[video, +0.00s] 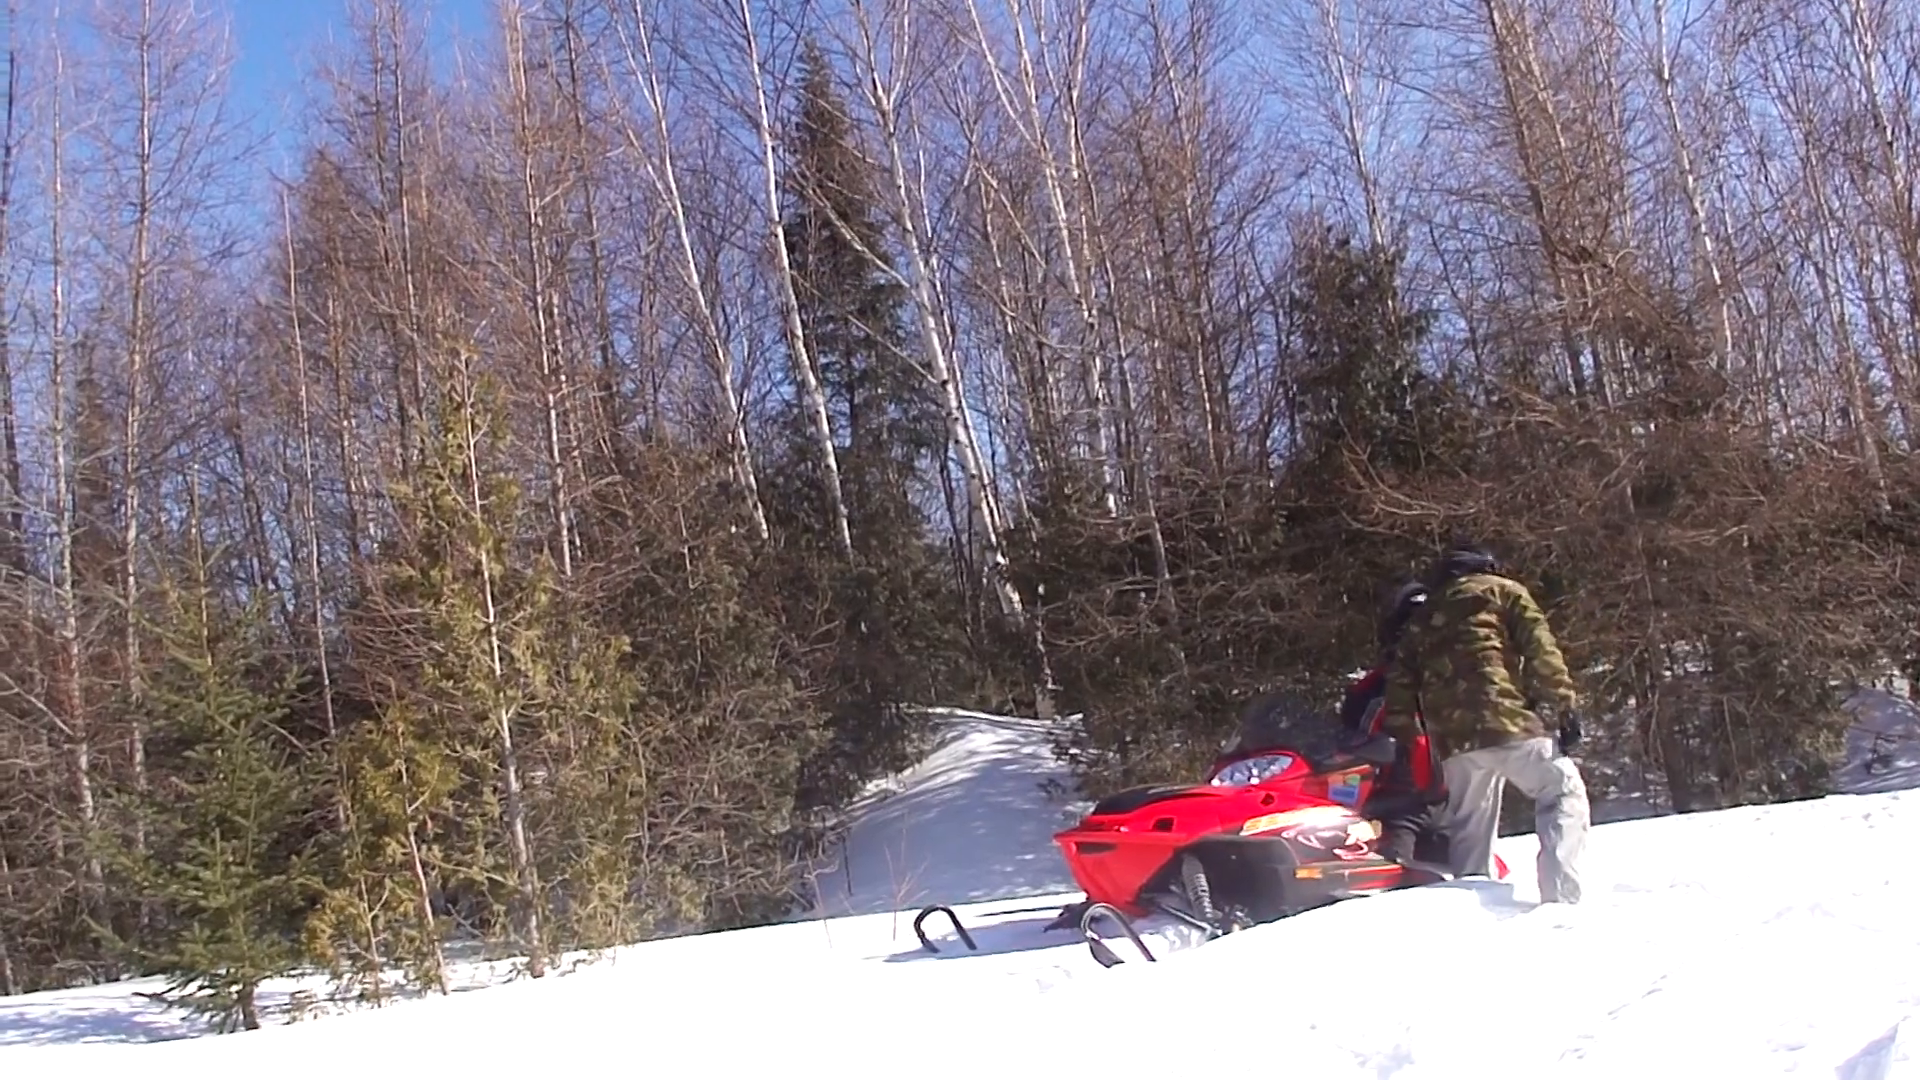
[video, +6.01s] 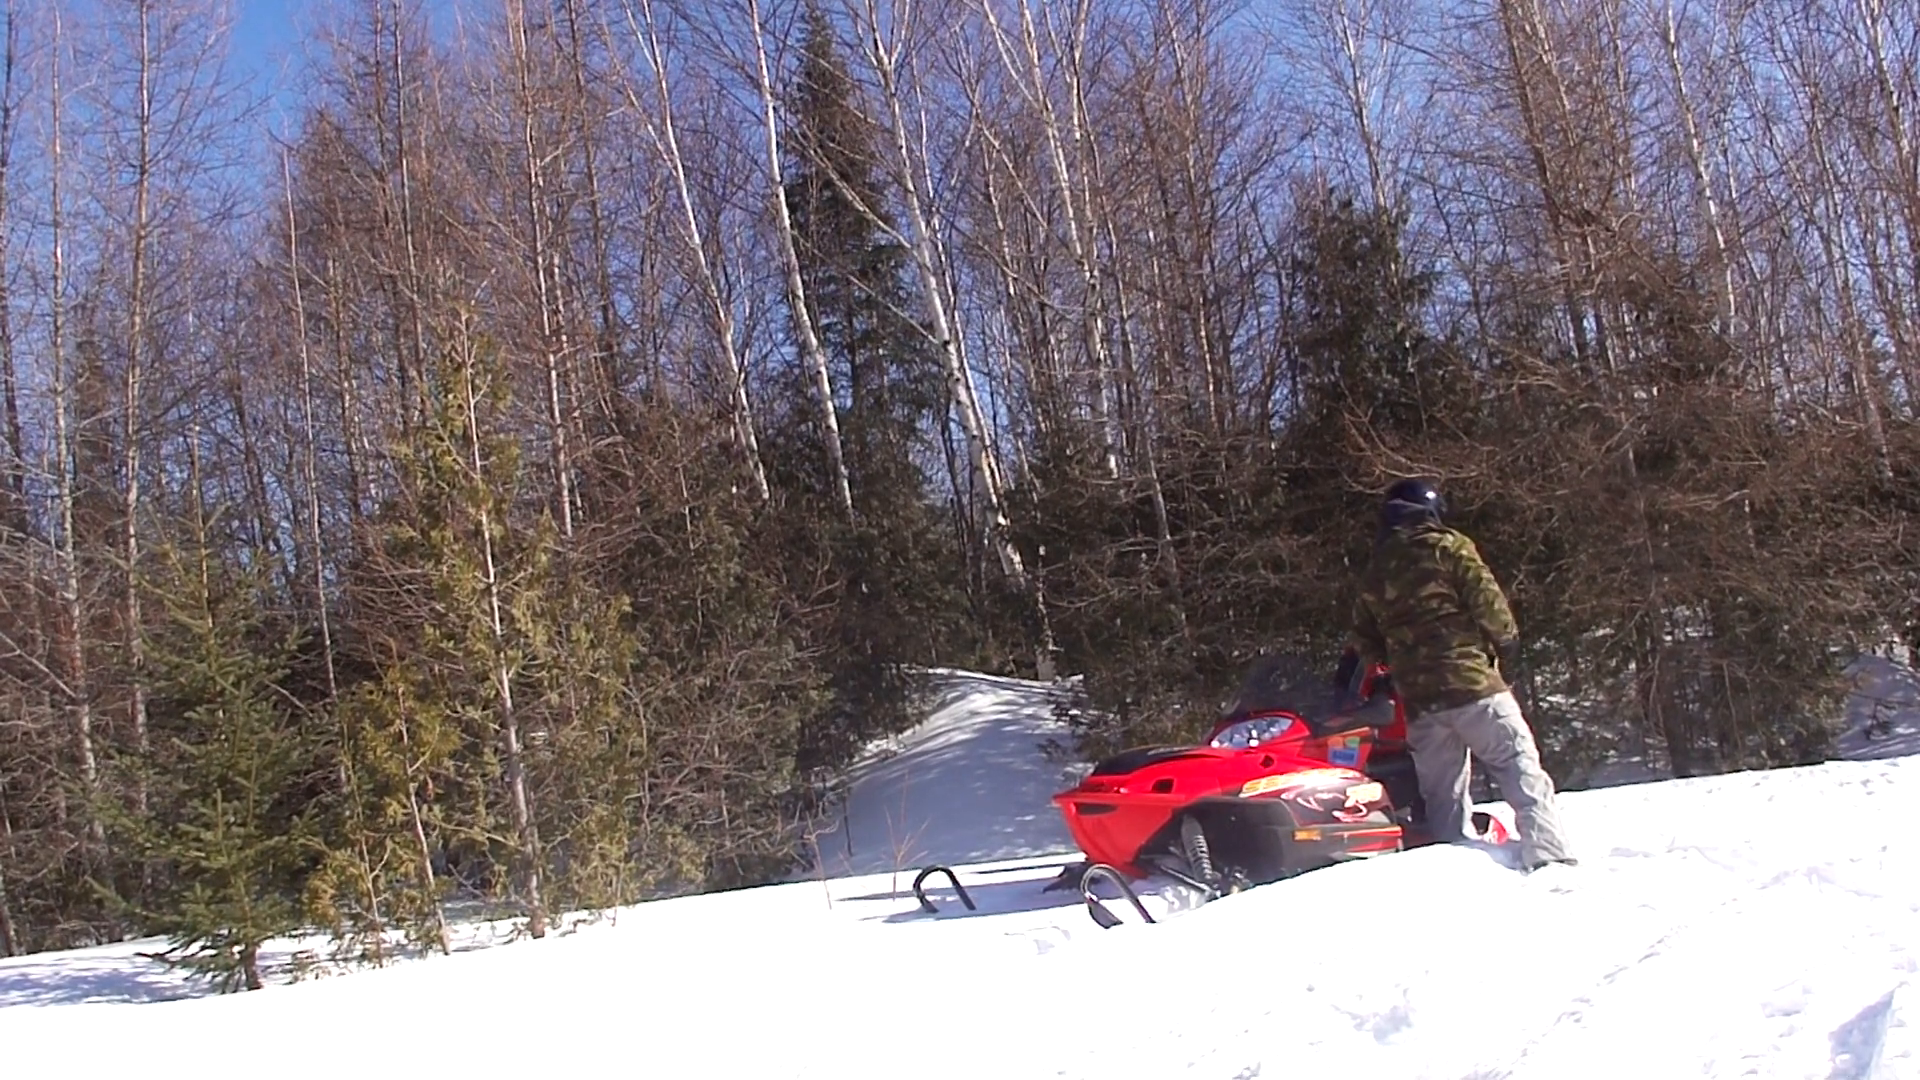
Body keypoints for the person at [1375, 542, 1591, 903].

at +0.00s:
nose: (1499, 573)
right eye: (1494, 567)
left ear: (1445, 573)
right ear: (1487, 567)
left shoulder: (1422, 613)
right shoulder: (1504, 590)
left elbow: (1400, 678)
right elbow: (1540, 649)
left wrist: (1403, 737)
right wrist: (1565, 706)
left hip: (1454, 739)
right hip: (1507, 726)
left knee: (1468, 835)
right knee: (1562, 790)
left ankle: (1468, 912)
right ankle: (1560, 896)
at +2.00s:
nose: (1389, 485)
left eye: (1385, 479)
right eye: (1385, 479)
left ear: (1340, 488)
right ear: (1379, 482)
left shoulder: (1323, 545)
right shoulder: (1400, 524)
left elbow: (1317, 617)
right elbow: (1437, 586)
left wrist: (1331, 661)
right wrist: (1465, 636)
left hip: (1364, 677)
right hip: (1419, 662)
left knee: (1389, 781)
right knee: (1467, 748)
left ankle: (1400, 859)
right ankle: (1498, 838)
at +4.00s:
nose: (1433, 524)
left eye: (1429, 519)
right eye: (1430, 518)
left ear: (1383, 525)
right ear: (1423, 520)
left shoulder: (1368, 577)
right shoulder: (1443, 556)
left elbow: (1358, 647)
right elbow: (1479, 616)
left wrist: (1370, 693)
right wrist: (1507, 669)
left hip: (1405, 705)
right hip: (1460, 693)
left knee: (1430, 803)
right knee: (1504, 771)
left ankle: (1439, 882)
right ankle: (1534, 860)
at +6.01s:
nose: (1442, 516)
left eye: (1438, 511)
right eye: (1437, 509)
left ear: (1390, 516)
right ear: (1429, 511)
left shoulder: (1375, 567)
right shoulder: (1449, 544)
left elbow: (1365, 636)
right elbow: (1492, 609)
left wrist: (1398, 660)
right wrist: (1507, 647)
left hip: (1419, 698)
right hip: (1472, 684)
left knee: (1442, 802)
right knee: (1517, 762)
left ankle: (1451, 878)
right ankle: (1546, 854)